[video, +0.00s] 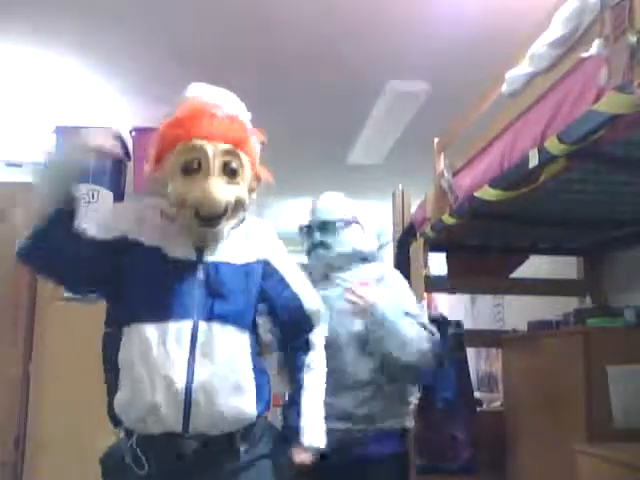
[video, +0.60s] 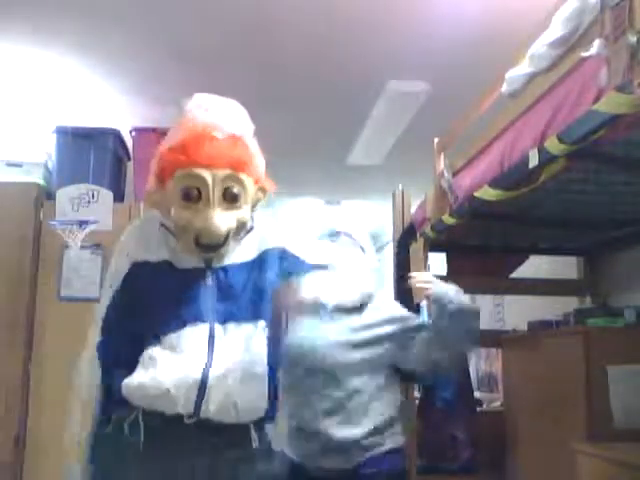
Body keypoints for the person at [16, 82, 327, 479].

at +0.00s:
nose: (211, 187)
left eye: (228, 171)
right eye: (191, 168)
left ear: (250, 181)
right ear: (164, 176)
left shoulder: (259, 244)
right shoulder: (130, 237)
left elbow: (306, 334)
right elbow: (41, 251)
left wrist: (304, 433)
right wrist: (75, 164)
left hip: (240, 455)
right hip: (148, 455)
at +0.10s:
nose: (217, 192)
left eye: (233, 173)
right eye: (195, 170)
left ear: (252, 190)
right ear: (161, 186)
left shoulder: (259, 264)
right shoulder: (127, 260)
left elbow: (300, 356)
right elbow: (41, 252)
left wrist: (310, 448)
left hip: (241, 463)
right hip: (150, 462)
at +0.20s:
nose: (218, 202)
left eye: (234, 181)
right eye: (196, 179)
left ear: (253, 199)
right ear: (163, 195)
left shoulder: (257, 271)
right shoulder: (129, 261)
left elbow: (297, 376)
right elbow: (71, 285)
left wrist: (323, 467)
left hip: (231, 465)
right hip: (147, 463)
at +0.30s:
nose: (212, 204)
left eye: (229, 185)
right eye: (192, 182)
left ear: (250, 202)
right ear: (161, 196)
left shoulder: (259, 269)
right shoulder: (128, 263)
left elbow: (305, 365)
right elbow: (57, 324)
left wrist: (324, 459)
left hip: (232, 464)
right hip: (145, 463)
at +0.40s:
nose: (209, 209)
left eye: (228, 191)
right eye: (190, 189)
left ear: (250, 200)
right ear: (162, 196)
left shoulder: (262, 260)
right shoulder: (137, 257)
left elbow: (315, 340)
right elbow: (87, 364)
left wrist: (330, 425)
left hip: (229, 459)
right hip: (147, 457)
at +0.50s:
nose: (210, 218)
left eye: (229, 197)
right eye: (190, 195)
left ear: (251, 203)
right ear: (162, 200)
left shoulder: (264, 263)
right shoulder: (146, 272)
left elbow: (328, 321)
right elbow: (111, 369)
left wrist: (331, 392)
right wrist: (70, 457)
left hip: (234, 453)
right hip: (148, 452)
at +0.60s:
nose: (211, 218)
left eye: (231, 196)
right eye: (192, 195)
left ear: (256, 199)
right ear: (164, 198)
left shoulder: (279, 270)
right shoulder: (143, 277)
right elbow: (116, 370)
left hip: (243, 450)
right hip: (151, 449)